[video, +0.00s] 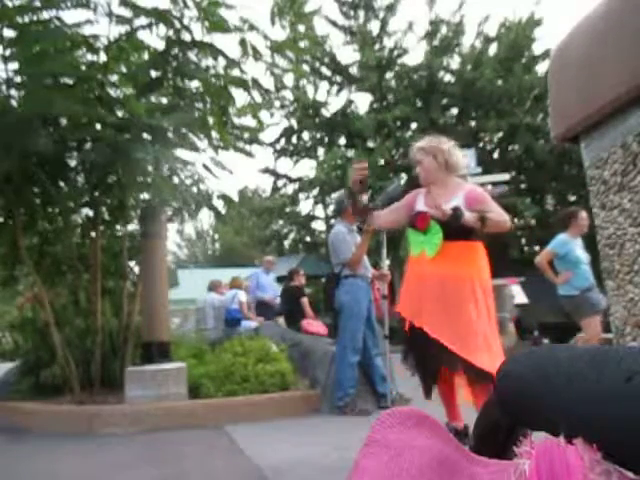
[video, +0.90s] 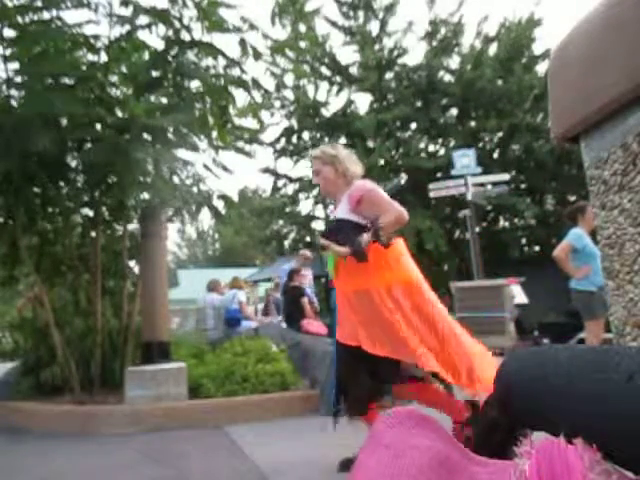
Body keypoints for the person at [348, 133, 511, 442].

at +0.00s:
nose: (417, 170)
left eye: (421, 163)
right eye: (416, 164)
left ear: (440, 161)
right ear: (425, 166)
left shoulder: (470, 193)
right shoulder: (416, 199)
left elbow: (503, 222)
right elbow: (376, 221)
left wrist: (466, 218)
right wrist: (358, 196)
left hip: (466, 290)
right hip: (427, 290)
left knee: (476, 358)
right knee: (440, 359)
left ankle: (490, 424)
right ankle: (455, 424)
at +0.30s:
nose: (404, 168)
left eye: (409, 161)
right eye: (403, 163)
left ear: (430, 159)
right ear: (410, 166)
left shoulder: (460, 188)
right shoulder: (407, 200)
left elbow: (493, 216)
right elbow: (382, 236)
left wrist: (460, 213)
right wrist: (361, 245)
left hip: (462, 284)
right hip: (426, 285)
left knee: (465, 357)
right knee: (440, 356)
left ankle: (489, 424)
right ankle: (455, 421)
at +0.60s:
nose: (376, 172)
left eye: (380, 164)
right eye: (375, 165)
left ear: (399, 160)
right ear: (396, 164)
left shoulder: (431, 186)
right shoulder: (387, 202)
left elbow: (467, 211)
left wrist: (436, 218)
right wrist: (371, 226)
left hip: (449, 288)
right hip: (409, 294)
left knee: (467, 362)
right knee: (401, 360)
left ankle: (492, 430)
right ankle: (415, 432)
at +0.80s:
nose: (338, 176)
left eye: (342, 169)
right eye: (336, 170)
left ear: (362, 167)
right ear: (348, 173)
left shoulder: (385, 188)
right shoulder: (357, 205)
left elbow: (419, 211)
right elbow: (369, 240)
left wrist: (384, 232)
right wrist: (351, 238)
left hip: (412, 295)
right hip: (376, 301)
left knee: (442, 366)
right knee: (366, 369)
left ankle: (487, 428)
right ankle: (385, 443)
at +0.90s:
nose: (315, 179)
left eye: (319, 171)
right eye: (314, 173)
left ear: (338, 169)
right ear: (329, 174)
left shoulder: (362, 191)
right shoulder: (341, 203)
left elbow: (397, 215)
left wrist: (368, 241)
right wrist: (339, 246)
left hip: (385, 311)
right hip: (357, 315)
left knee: (400, 380)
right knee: (359, 388)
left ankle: (463, 414)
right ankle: (386, 448)